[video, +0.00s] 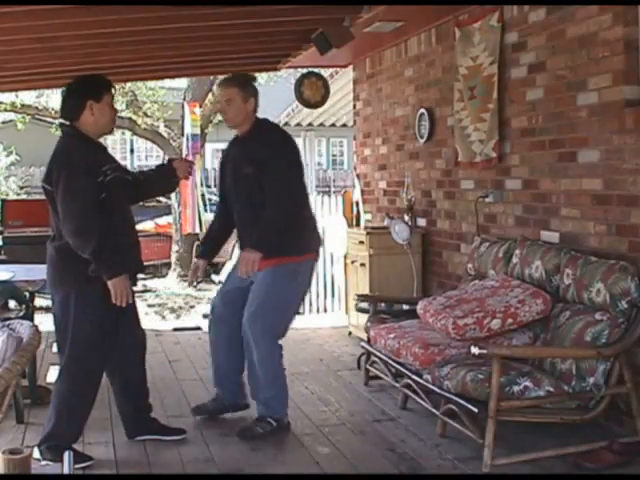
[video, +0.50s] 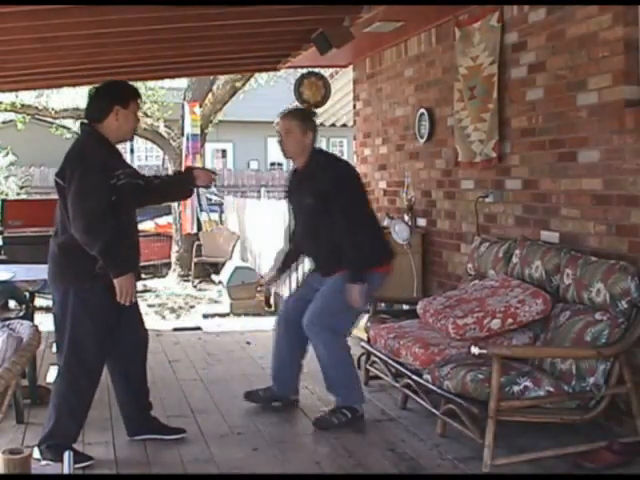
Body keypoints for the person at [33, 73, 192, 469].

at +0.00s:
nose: (116, 111)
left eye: (115, 103)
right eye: (111, 103)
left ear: (88, 109)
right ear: (90, 108)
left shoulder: (93, 151)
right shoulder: (73, 154)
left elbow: (127, 189)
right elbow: (78, 223)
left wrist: (171, 172)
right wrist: (112, 269)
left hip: (108, 276)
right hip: (81, 279)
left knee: (128, 349)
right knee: (81, 363)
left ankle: (139, 423)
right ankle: (54, 445)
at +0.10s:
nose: (120, 112)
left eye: (119, 104)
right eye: (115, 105)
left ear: (93, 109)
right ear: (95, 109)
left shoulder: (95, 151)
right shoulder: (75, 154)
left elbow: (128, 189)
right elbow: (78, 224)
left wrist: (174, 173)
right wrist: (109, 270)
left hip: (110, 276)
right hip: (82, 280)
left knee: (129, 350)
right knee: (80, 364)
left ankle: (140, 423)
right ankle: (54, 444)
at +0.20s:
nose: (124, 114)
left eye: (122, 107)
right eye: (119, 107)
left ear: (98, 110)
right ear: (99, 109)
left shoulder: (98, 152)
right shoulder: (78, 154)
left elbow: (131, 190)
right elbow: (77, 223)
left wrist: (177, 175)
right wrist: (108, 271)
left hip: (111, 277)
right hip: (82, 281)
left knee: (130, 349)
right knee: (81, 365)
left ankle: (140, 423)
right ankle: (54, 445)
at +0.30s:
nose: (128, 116)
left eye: (128, 108)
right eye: (125, 108)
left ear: (102, 110)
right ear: (105, 110)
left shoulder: (100, 152)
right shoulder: (82, 153)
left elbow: (133, 190)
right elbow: (79, 221)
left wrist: (182, 176)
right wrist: (110, 270)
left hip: (109, 275)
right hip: (81, 278)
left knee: (130, 348)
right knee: (81, 364)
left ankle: (140, 422)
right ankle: (55, 445)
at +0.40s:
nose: (134, 117)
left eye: (133, 110)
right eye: (130, 109)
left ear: (107, 112)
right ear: (110, 112)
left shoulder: (102, 151)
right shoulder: (86, 153)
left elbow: (136, 190)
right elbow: (83, 222)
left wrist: (184, 177)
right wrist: (112, 270)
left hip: (108, 274)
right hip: (82, 276)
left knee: (130, 347)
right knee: (81, 363)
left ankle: (139, 422)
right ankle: (55, 445)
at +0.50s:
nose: (138, 120)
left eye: (138, 112)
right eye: (135, 112)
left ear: (112, 113)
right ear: (115, 113)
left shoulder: (105, 153)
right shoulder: (89, 154)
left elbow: (138, 191)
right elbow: (85, 222)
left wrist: (188, 179)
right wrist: (117, 268)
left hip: (109, 275)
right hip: (82, 277)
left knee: (131, 345)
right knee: (81, 363)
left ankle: (139, 422)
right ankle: (54, 446)